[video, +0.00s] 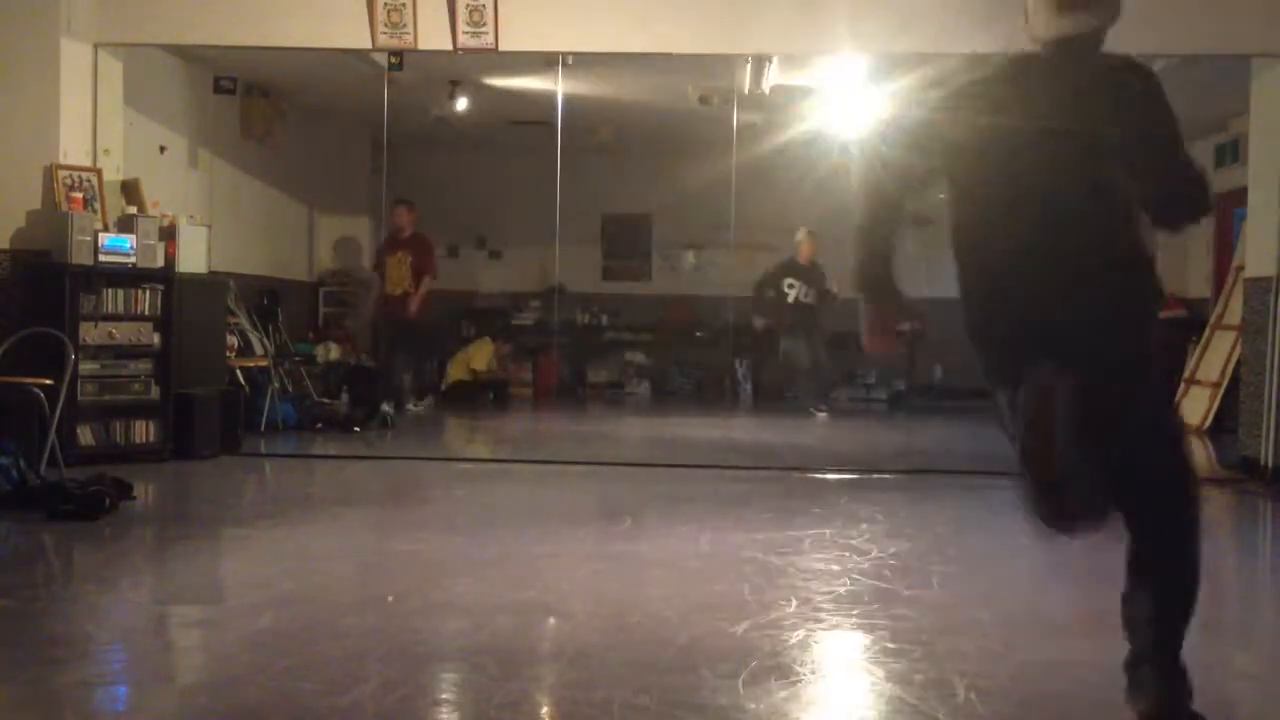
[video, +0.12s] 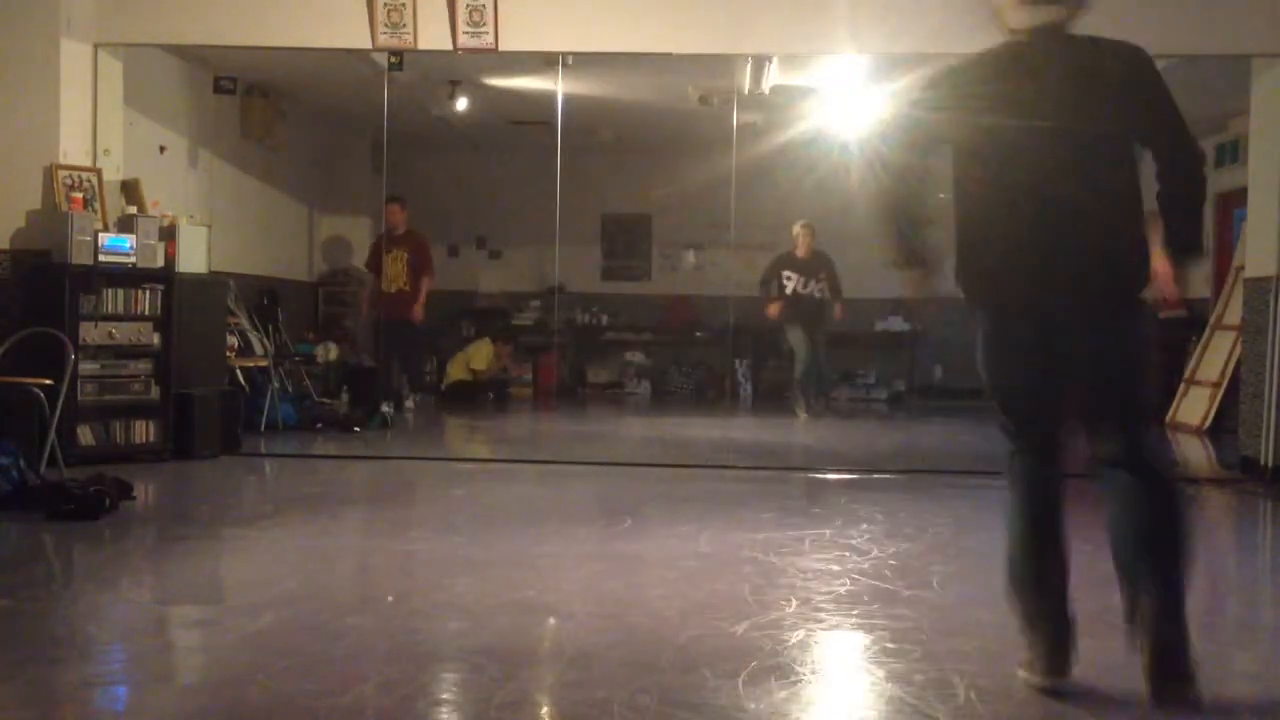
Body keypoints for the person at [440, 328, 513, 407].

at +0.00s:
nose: (506, 353)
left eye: (509, 350)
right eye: (507, 349)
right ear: (500, 343)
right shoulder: (485, 346)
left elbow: (493, 371)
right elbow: (479, 375)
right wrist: (502, 376)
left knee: (500, 380)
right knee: (499, 383)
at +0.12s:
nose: (508, 353)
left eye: (510, 349)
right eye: (507, 349)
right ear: (500, 344)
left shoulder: (491, 351)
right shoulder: (484, 347)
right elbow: (479, 375)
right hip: (456, 384)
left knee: (501, 383)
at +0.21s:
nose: (508, 353)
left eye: (509, 350)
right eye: (508, 349)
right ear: (500, 345)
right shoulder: (484, 347)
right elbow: (479, 375)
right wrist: (501, 365)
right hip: (456, 384)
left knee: (501, 383)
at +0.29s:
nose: (508, 353)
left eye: (510, 350)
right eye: (508, 350)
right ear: (500, 345)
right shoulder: (483, 347)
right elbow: (478, 376)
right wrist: (500, 366)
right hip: (455, 385)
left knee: (501, 381)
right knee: (499, 383)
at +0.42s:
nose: (508, 353)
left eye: (509, 350)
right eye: (508, 349)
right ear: (500, 345)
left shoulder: (491, 350)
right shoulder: (483, 347)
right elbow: (478, 376)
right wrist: (500, 366)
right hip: (455, 384)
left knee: (501, 381)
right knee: (499, 383)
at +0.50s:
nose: (508, 353)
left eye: (509, 350)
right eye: (507, 349)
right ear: (500, 345)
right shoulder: (483, 347)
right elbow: (478, 376)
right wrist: (500, 368)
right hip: (455, 385)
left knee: (501, 381)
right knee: (499, 383)